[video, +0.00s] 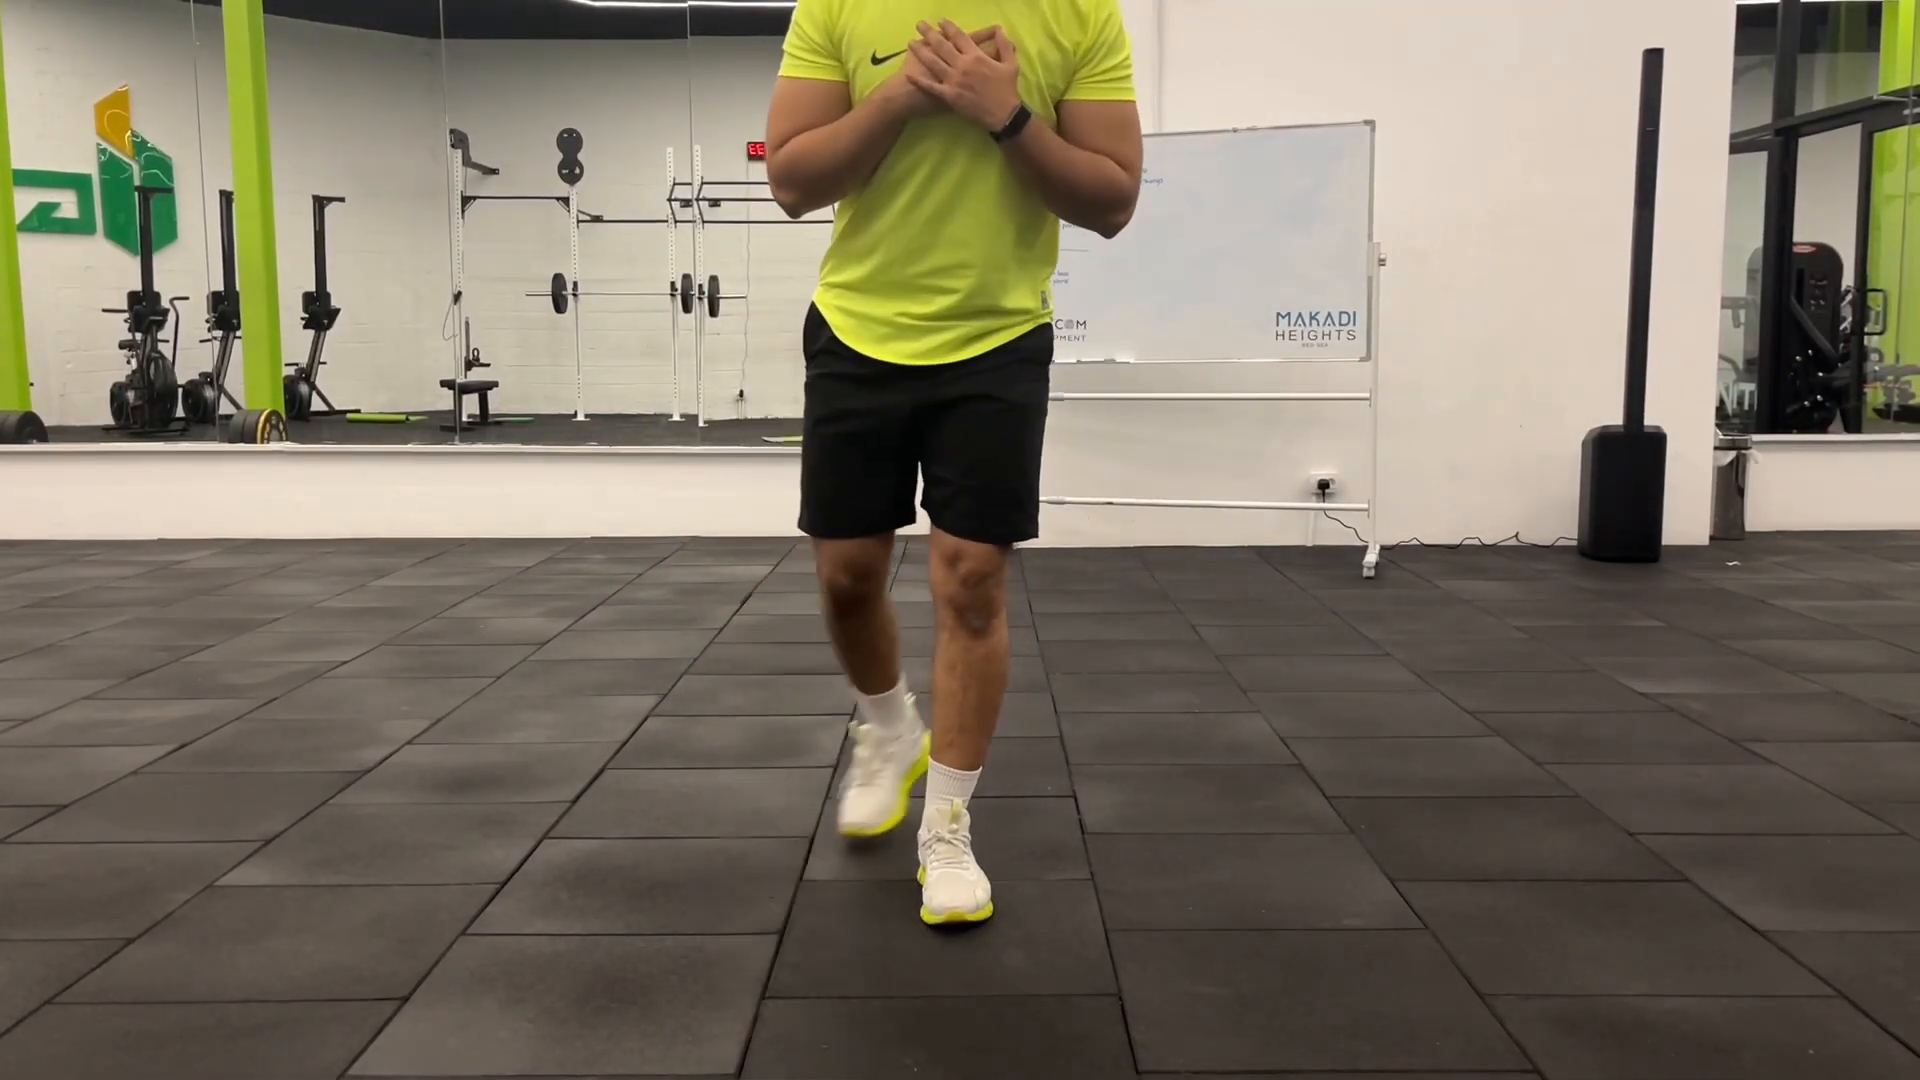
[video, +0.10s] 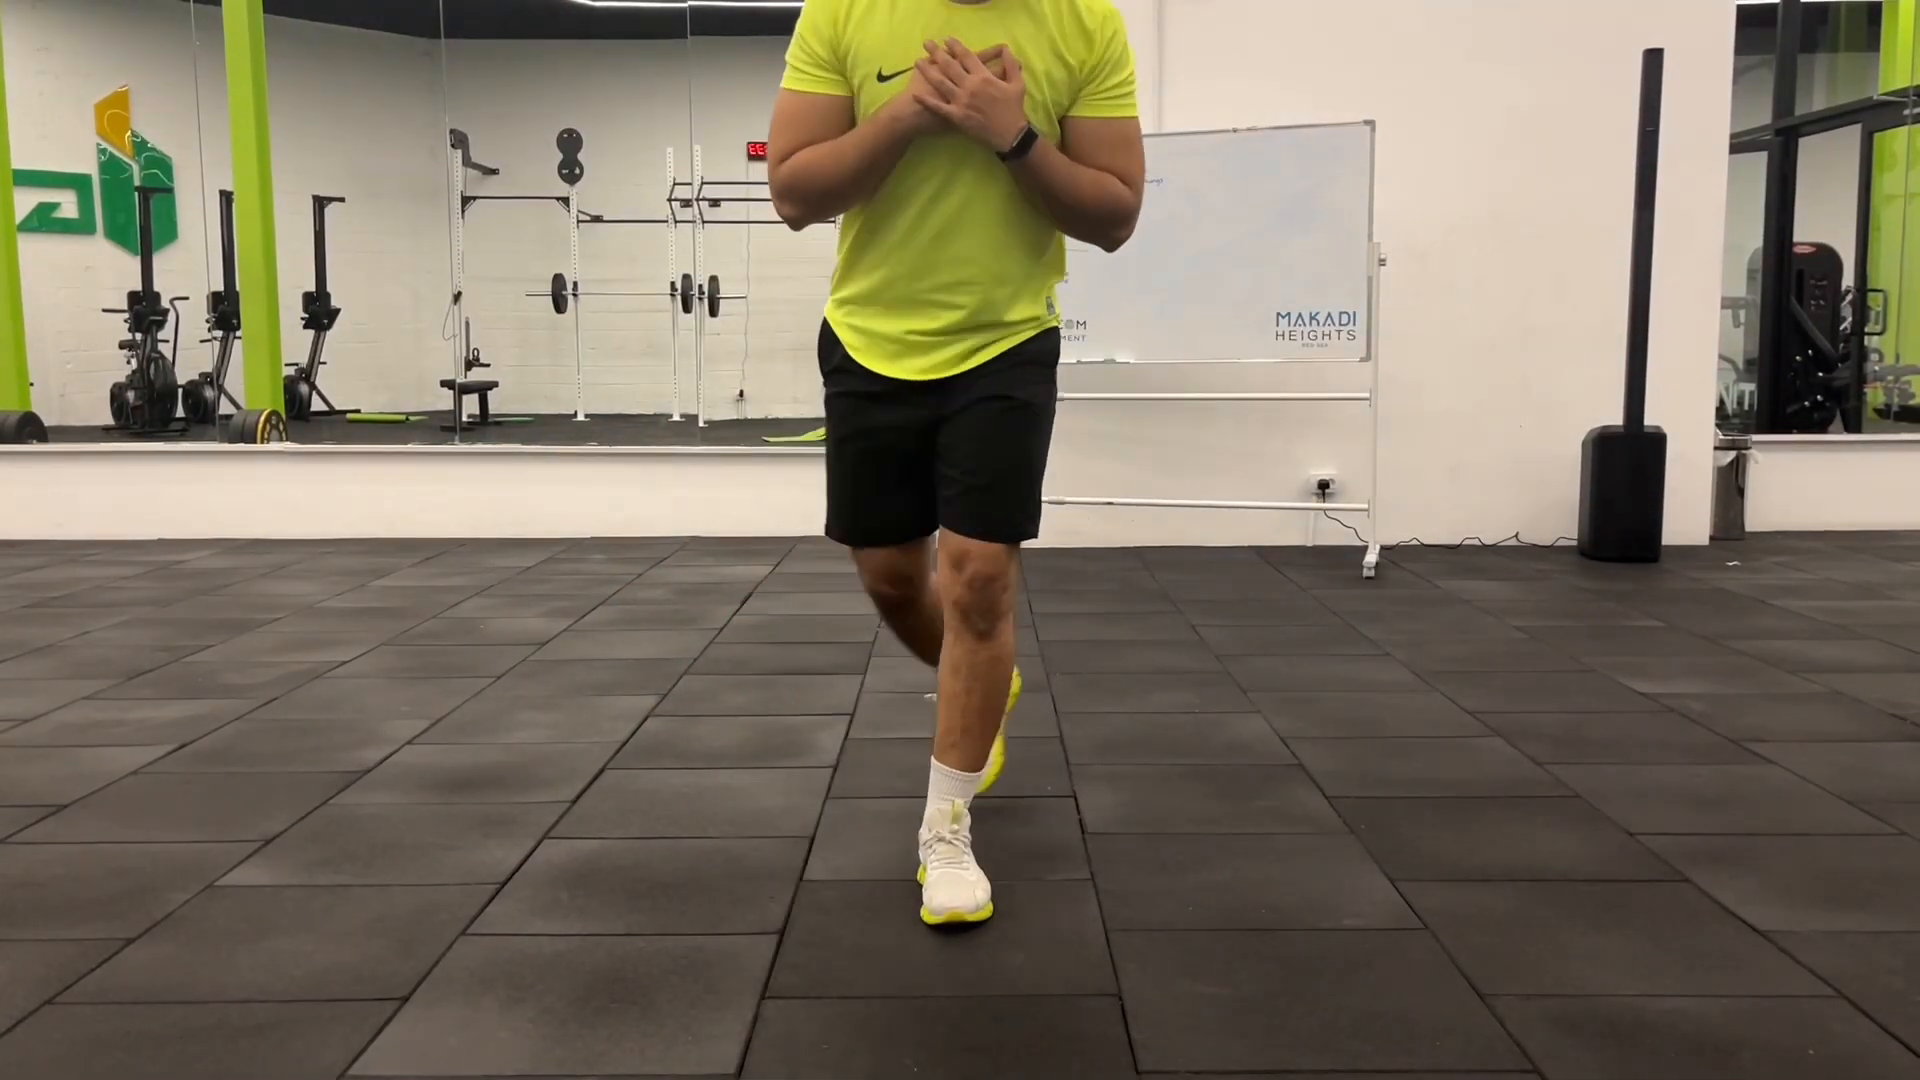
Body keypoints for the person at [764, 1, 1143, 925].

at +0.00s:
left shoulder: (1079, 15)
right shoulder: (836, 8)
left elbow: (1112, 199)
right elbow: (792, 182)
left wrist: (1006, 114)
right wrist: (902, 94)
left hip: (996, 330)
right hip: (858, 324)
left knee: (972, 582)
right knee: (847, 576)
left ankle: (949, 826)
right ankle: (888, 729)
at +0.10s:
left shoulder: (1082, 20)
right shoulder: (842, 11)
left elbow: (1114, 215)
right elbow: (794, 192)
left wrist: (1019, 136)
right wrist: (908, 110)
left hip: (1005, 331)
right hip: (870, 330)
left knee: (977, 582)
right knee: (891, 581)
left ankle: (947, 829)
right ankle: (983, 675)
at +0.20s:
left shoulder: (1085, 52)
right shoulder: (847, 32)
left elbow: (1117, 242)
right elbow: (796, 220)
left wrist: (1021, 169)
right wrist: (908, 147)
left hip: (1011, 347)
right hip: (882, 349)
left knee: (980, 597)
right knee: (933, 581)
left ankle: (948, 831)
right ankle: (1032, 657)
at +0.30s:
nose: (1001, 0)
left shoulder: (1089, 97)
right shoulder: (849, 82)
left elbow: (1119, 277)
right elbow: (804, 265)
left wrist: (1027, 216)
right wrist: (924, 193)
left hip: (1019, 366)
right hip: (894, 379)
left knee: (974, 605)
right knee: (979, 580)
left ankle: (948, 834)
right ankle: (1066, 664)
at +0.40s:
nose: (993, 46)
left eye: (1016, 21)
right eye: (972, 20)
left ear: (1041, 24)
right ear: (933, 18)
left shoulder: (1091, 148)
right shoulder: (853, 140)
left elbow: (1126, 322)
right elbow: (816, 320)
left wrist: (1029, 270)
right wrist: (928, 252)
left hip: (1033, 395)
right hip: (908, 411)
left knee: (973, 607)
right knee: (998, 604)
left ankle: (946, 834)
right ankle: (1093, 684)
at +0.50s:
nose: (990, 106)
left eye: (1014, 80)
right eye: (969, 80)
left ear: (1041, 77)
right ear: (932, 72)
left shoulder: (1095, 196)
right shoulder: (865, 193)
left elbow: (1132, 363)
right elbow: (831, 364)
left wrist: (1030, 320)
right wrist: (930, 307)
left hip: (1041, 431)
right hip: (925, 450)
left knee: (971, 608)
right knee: (1023, 651)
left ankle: (946, 835)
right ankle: (1118, 687)